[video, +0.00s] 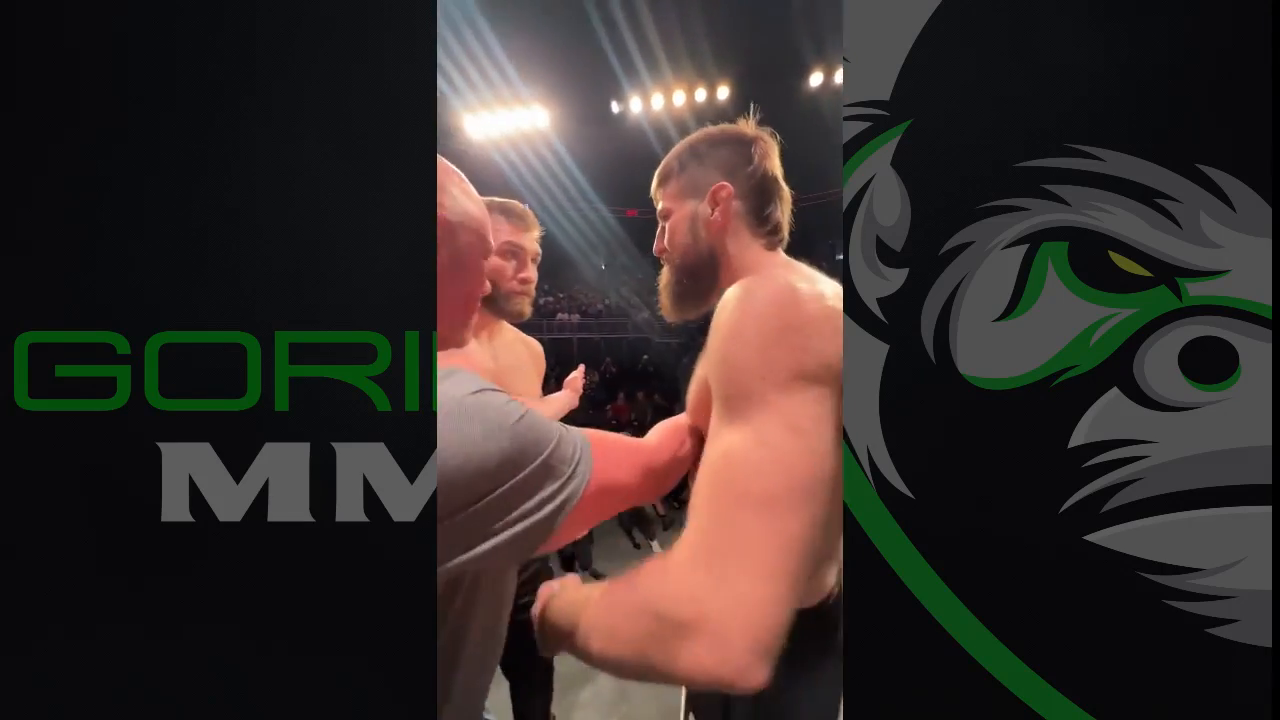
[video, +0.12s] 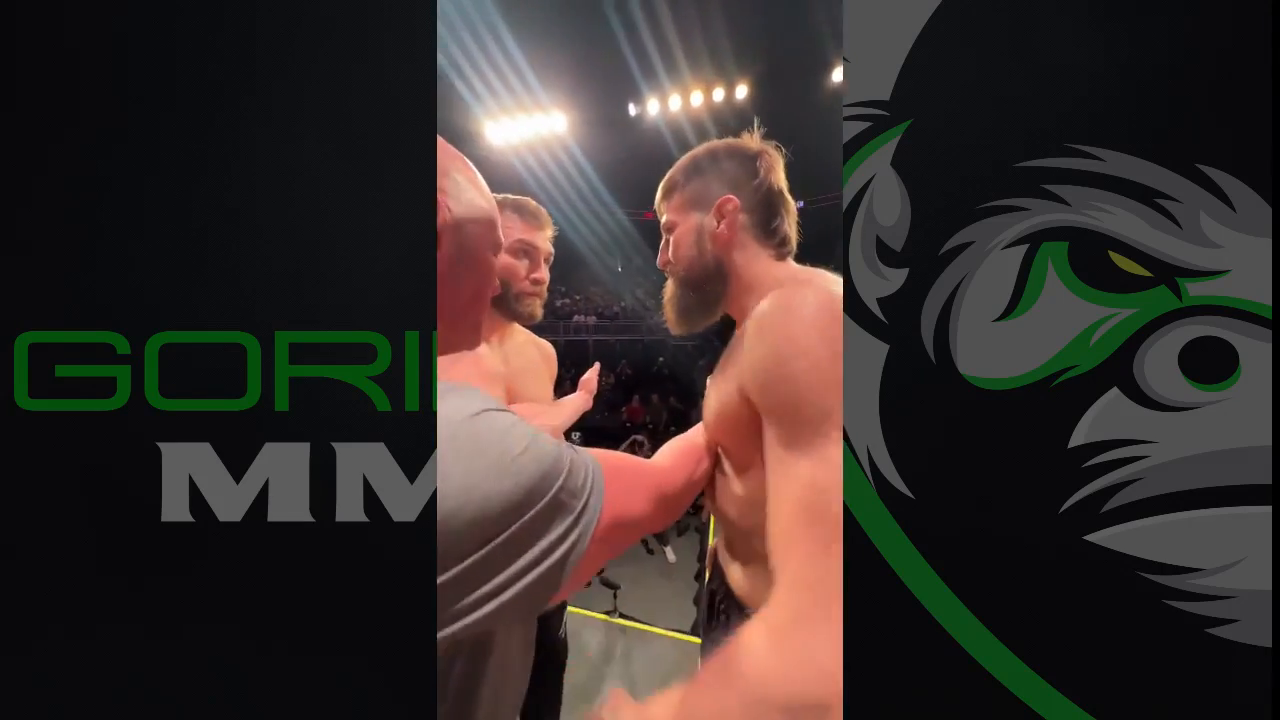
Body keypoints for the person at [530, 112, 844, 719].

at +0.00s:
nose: (656, 245)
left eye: (666, 217)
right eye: (657, 222)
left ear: (720, 205)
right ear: (721, 208)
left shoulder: (776, 303)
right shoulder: (807, 299)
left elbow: (723, 632)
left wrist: (567, 607)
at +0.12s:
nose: (661, 259)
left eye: (669, 233)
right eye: (661, 238)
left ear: (725, 219)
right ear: (726, 222)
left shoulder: (801, 318)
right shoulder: (766, 322)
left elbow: (816, 642)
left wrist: (660, 709)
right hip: (740, 615)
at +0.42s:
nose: (681, 267)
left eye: (695, 243)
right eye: (683, 248)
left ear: (755, 236)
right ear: (753, 239)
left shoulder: (821, 325)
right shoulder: (769, 336)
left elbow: (911, 451)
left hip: (818, 648)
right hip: (763, 615)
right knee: (738, 710)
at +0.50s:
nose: (686, 264)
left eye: (700, 241)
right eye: (687, 245)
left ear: (761, 232)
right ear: (759, 235)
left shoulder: (824, 320)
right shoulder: (774, 334)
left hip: (817, 645)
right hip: (770, 612)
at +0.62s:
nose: (687, 259)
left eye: (703, 234)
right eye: (690, 239)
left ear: (765, 227)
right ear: (765, 231)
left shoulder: (823, 321)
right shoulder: (785, 324)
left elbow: (907, 459)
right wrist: (771, 546)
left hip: (817, 645)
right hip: (775, 609)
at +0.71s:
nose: (684, 256)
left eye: (699, 230)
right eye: (687, 234)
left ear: (763, 223)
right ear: (764, 225)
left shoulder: (821, 328)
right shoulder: (789, 321)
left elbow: (878, 515)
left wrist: (853, 685)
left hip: (814, 653)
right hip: (772, 604)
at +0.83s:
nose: (672, 251)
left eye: (684, 221)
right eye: (675, 225)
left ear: (747, 211)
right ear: (746, 214)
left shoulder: (811, 323)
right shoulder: (801, 317)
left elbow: (814, 676)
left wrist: (667, 713)